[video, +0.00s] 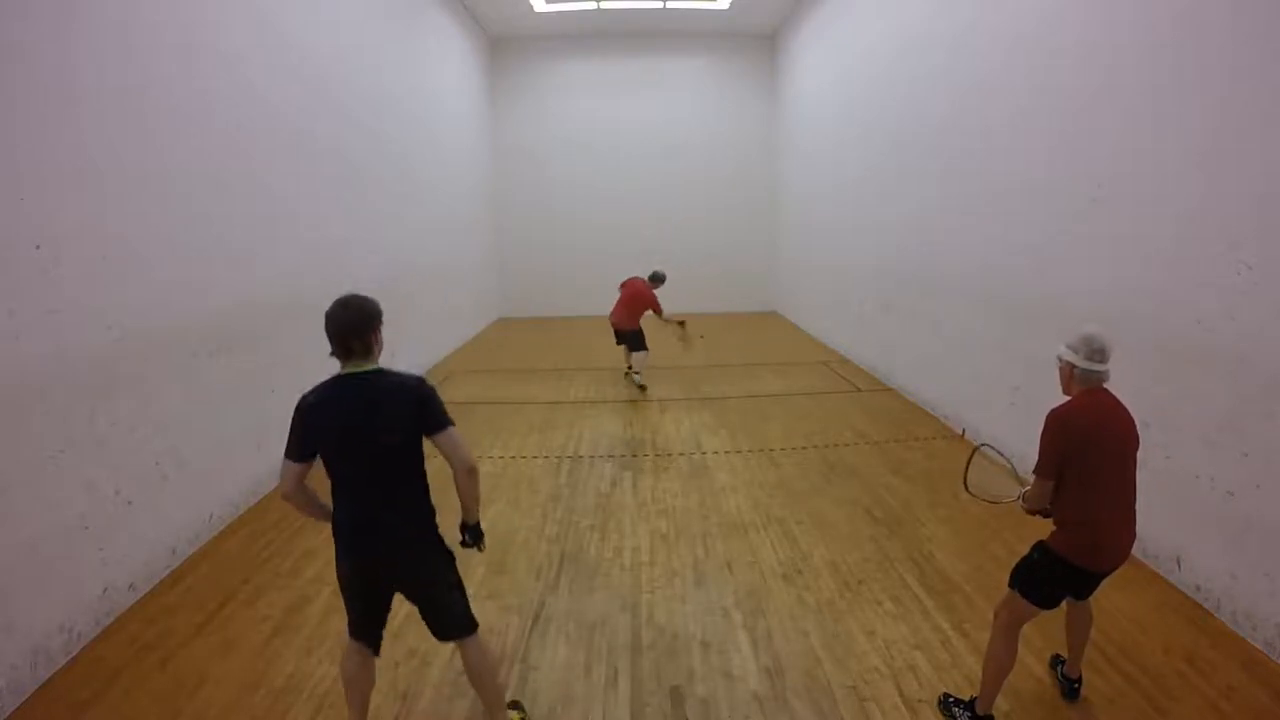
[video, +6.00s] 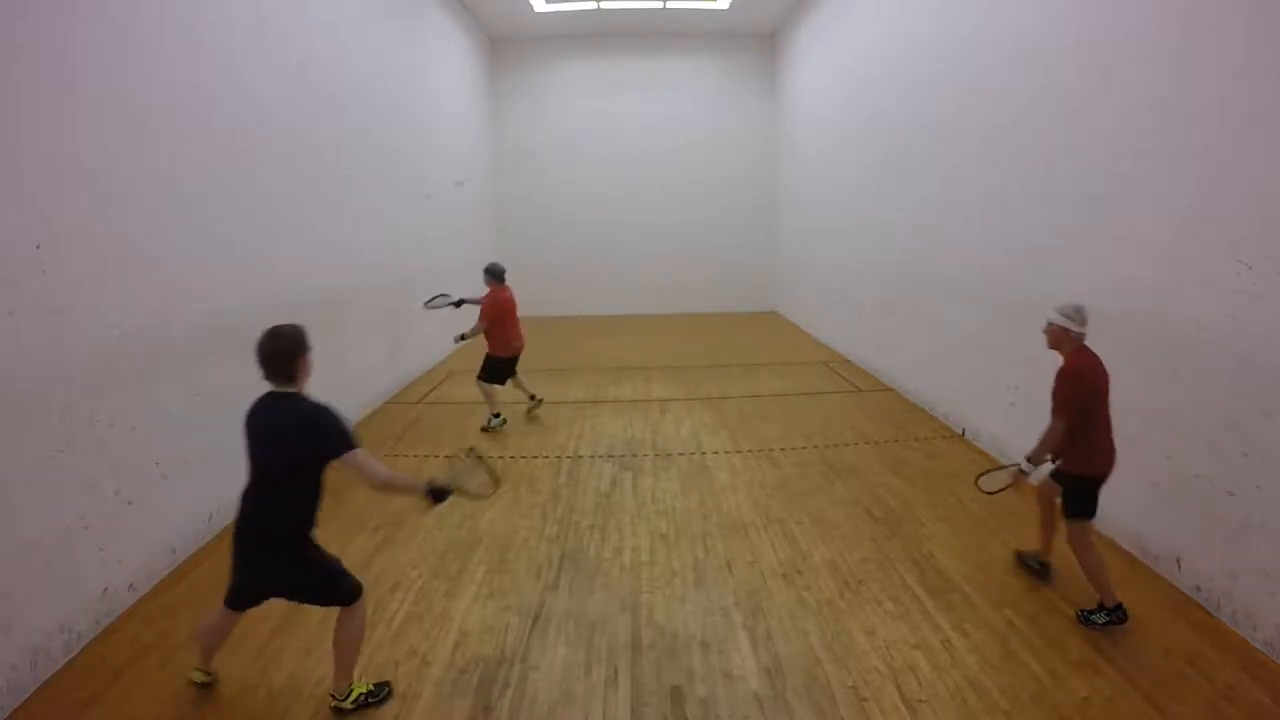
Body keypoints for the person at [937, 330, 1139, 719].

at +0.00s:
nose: (1058, 369)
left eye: (1061, 363)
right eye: (1061, 363)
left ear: (1070, 370)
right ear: (1102, 372)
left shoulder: (1063, 418)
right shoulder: (1121, 414)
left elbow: (1040, 496)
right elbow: (1106, 482)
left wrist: (1030, 500)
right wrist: (1050, 501)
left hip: (1075, 546)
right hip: (1117, 544)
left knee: (1008, 617)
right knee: (1078, 595)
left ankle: (981, 708)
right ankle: (1073, 675)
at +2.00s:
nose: (1052, 361)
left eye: (1059, 354)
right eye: (1054, 353)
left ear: (1084, 360)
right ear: (1090, 360)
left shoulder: (1079, 415)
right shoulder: (1115, 400)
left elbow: (1062, 494)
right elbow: (1104, 474)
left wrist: (1036, 507)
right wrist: (1055, 503)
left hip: (1081, 541)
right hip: (1112, 536)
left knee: (1026, 621)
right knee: (1087, 598)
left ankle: (985, 704)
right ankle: (1081, 672)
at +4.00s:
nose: (1059, 374)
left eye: (1063, 368)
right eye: (1061, 367)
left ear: (1076, 375)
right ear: (1102, 375)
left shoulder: (1071, 428)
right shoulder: (1128, 419)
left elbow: (1054, 515)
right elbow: (1116, 493)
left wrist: (1043, 527)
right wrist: (1059, 522)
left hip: (1087, 565)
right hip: (1129, 561)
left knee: (1021, 641)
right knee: (1090, 621)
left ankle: (998, 715)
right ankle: (1082, 697)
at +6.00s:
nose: (1045, 331)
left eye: (1051, 326)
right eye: (1048, 325)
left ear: (1067, 333)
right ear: (1073, 334)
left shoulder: (1070, 372)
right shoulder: (1091, 363)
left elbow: (1058, 427)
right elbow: (1079, 421)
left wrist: (1029, 464)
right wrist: (1054, 451)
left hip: (1085, 463)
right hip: (1091, 457)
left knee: (1077, 532)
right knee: (1046, 492)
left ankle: (1111, 606)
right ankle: (1042, 558)